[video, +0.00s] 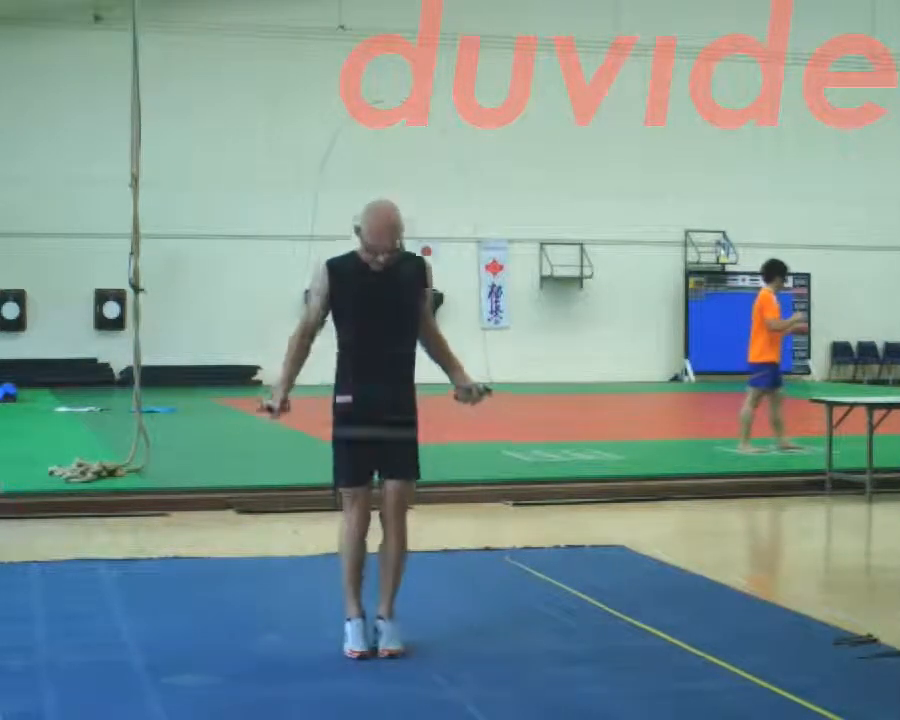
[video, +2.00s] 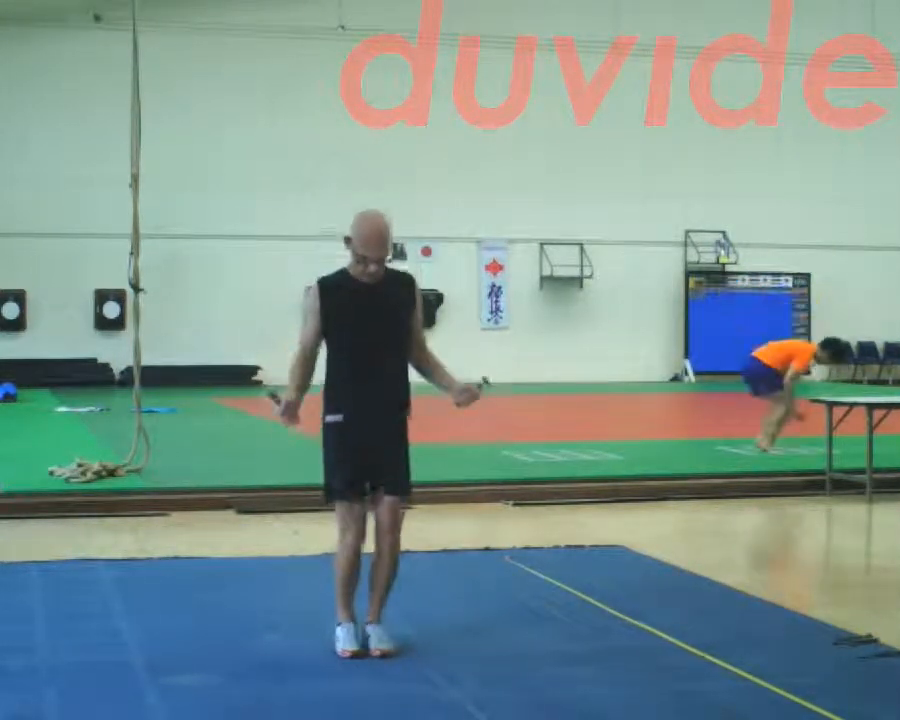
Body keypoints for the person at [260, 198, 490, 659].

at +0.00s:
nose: (382, 258)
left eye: (390, 250)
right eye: (374, 250)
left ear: (401, 238)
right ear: (359, 235)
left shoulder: (416, 271)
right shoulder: (333, 274)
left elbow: (428, 331)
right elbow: (305, 332)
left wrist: (459, 377)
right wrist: (283, 388)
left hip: (400, 404)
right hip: (353, 405)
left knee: (396, 509)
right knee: (357, 511)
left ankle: (386, 618)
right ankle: (354, 619)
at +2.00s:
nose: (372, 268)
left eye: (380, 259)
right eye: (363, 260)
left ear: (391, 248)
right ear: (348, 247)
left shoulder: (406, 287)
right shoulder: (323, 292)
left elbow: (418, 351)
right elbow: (307, 353)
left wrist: (453, 385)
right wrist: (293, 397)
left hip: (391, 421)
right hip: (343, 421)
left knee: (389, 523)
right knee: (351, 527)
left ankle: (375, 622)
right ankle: (345, 622)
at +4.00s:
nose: (379, 238)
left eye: (387, 230)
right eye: (371, 229)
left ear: (398, 220)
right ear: (357, 217)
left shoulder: (414, 258)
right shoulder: (333, 261)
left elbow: (424, 326)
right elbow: (311, 326)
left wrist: (453, 376)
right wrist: (289, 382)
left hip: (395, 391)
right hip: (352, 392)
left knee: (392, 498)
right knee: (358, 497)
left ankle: (377, 605)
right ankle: (354, 603)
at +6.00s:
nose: (377, 256)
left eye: (384, 248)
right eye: (369, 248)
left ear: (396, 251)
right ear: (355, 251)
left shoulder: (418, 303)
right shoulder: (336, 306)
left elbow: (433, 365)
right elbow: (320, 368)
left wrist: (465, 395)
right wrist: (301, 408)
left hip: (399, 420)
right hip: (354, 421)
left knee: (396, 521)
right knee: (366, 523)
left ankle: (389, 614)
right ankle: (363, 615)